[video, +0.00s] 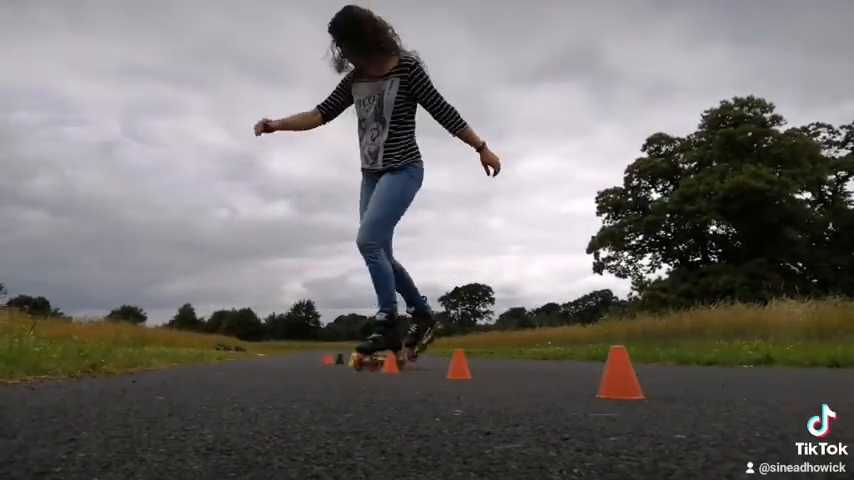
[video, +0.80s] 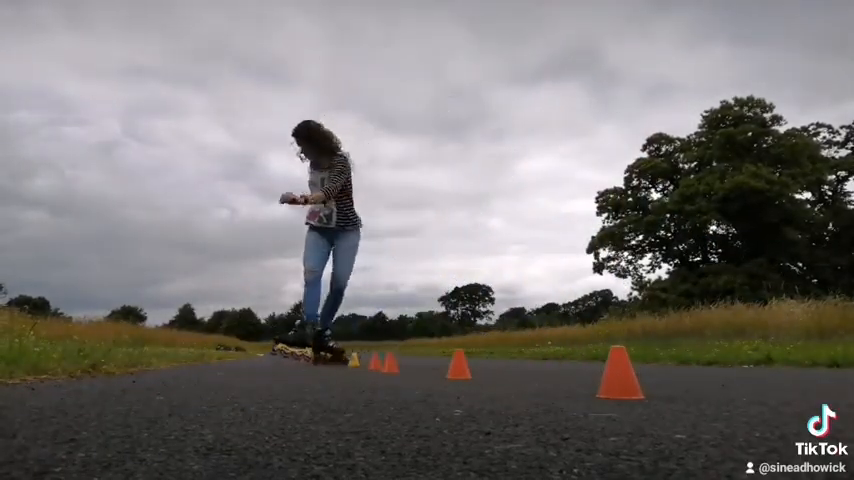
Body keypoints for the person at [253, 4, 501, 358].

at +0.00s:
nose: (358, 65)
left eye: (361, 57)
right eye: (354, 58)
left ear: (373, 45)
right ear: (350, 54)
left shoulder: (407, 68)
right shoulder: (357, 76)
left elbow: (441, 110)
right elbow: (322, 113)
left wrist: (482, 148)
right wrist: (278, 124)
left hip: (403, 170)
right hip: (371, 173)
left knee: (369, 240)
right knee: (381, 256)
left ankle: (389, 322)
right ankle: (423, 313)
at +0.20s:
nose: (347, 88)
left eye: (349, 81)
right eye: (345, 82)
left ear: (368, 78)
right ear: (365, 80)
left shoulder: (409, 102)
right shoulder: (360, 114)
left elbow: (450, 130)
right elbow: (326, 141)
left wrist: (493, 152)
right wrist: (289, 151)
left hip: (412, 191)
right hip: (382, 197)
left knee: (402, 261)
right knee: (356, 265)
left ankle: (433, 332)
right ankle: (386, 333)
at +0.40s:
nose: (340, 121)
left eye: (342, 115)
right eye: (338, 116)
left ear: (356, 113)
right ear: (351, 116)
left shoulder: (393, 135)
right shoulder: (350, 147)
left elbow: (427, 148)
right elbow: (321, 170)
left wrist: (455, 150)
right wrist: (284, 193)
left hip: (403, 219)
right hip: (368, 222)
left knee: (420, 280)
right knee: (332, 269)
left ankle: (444, 334)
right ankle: (358, 334)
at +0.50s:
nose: (328, 130)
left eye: (330, 124)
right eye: (327, 125)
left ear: (344, 122)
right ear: (339, 124)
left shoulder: (377, 142)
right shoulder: (338, 151)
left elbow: (402, 157)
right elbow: (322, 180)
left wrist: (418, 159)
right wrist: (299, 209)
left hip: (389, 223)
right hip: (355, 225)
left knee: (405, 282)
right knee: (328, 269)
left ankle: (416, 340)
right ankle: (355, 333)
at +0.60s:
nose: (321, 137)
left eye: (323, 132)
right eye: (318, 133)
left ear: (335, 127)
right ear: (319, 132)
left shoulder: (362, 146)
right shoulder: (329, 153)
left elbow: (379, 163)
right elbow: (330, 184)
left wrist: (383, 170)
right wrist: (327, 213)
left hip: (373, 221)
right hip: (341, 222)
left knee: (381, 279)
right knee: (329, 268)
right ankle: (338, 331)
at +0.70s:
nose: (312, 144)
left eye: (314, 139)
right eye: (310, 140)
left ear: (325, 134)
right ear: (315, 137)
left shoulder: (353, 152)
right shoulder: (322, 156)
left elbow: (358, 178)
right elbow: (324, 180)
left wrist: (352, 185)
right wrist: (332, 186)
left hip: (359, 225)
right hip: (330, 224)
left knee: (359, 281)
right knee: (322, 273)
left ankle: (346, 334)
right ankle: (315, 329)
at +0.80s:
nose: (302, 152)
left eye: (304, 147)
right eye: (300, 148)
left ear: (316, 143)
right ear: (309, 145)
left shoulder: (341, 162)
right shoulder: (315, 164)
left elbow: (331, 191)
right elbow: (322, 193)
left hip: (346, 231)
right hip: (319, 229)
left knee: (339, 283)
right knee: (311, 273)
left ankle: (322, 331)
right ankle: (308, 326)